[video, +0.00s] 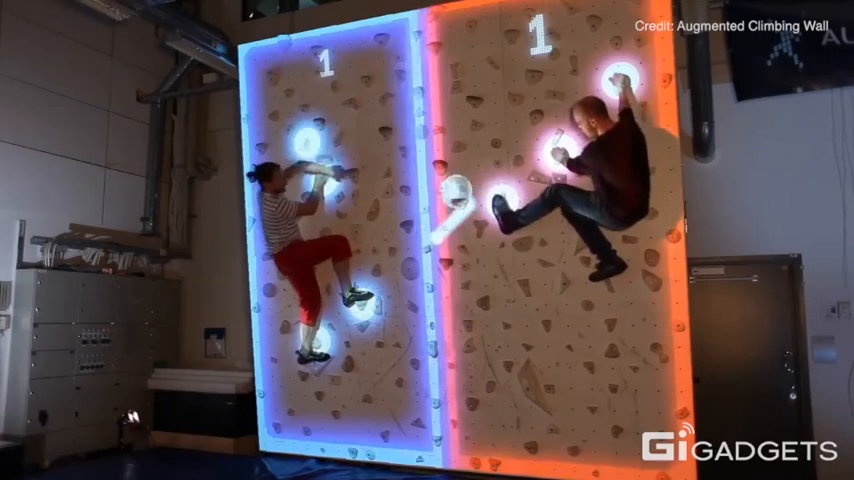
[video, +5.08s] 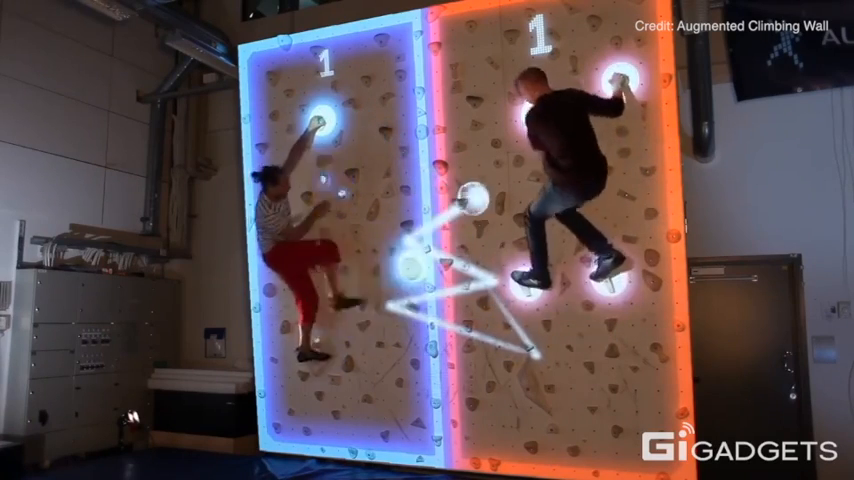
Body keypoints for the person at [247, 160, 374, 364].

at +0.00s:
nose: (284, 178)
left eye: (281, 175)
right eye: (280, 176)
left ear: (268, 183)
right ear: (269, 183)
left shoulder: (268, 194)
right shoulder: (278, 205)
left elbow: (298, 167)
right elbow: (311, 208)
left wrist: (330, 171)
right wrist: (320, 182)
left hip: (285, 256)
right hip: (293, 253)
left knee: (311, 301)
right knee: (338, 244)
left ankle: (306, 351)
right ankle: (348, 293)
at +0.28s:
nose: (299, 174)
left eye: (297, 171)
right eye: (295, 173)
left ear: (284, 180)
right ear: (284, 180)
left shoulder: (290, 188)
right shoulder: (286, 199)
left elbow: (323, 170)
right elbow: (315, 207)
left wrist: (359, 165)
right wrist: (319, 184)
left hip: (286, 249)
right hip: (292, 248)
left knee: (301, 299)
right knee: (337, 243)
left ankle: (304, 351)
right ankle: (348, 292)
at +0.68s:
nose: (306, 164)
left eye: (304, 162)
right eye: (302, 164)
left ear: (290, 171)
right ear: (294, 171)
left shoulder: (290, 183)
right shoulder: (293, 193)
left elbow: (318, 152)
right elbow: (322, 209)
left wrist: (342, 127)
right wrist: (321, 185)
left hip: (290, 246)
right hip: (300, 243)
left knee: (303, 296)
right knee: (345, 242)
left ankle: (305, 350)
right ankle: (348, 292)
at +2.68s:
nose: (283, 187)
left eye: (283, 183)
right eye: (279, 185)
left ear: (279, 181)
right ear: (269, 186)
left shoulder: (268, 195)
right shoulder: (279, 204)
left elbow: (290, 158)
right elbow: (311, 207)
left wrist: (308, 130)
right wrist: (320, 186)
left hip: (282, 254)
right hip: (291, 251)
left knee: (305, 300)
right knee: (333, 246)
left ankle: (305, 351)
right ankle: (346, 294)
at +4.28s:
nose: (302, 192)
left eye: (302, 189)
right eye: (298, 189)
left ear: (293, 186)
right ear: (287, 191)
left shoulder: (283, 195)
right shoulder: (290, 210)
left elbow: (298, 159)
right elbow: (315, 208)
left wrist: (310, 131)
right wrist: (321, 189)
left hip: (282, 256)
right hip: (285, 256)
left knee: (308, 302)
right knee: (329, 281)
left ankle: (306, 350)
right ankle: (354, 325)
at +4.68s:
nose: (296, 188)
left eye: (295, 185)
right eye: (293, 185)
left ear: (279, 187)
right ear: (281, 188)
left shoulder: (275, 198)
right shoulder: (283, 209)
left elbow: (293, 162)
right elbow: (311, 209)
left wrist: (310, 132)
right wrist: (320, 188)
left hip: (280, 256)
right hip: (286, 253)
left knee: (311, 296)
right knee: (332, 246)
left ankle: (306, 349)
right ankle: (352, 293)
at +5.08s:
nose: (288, 184)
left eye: (286, 180)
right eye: (284, 183)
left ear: (279, 182)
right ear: (273, 189)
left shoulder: (275, 189)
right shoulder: (268, 213)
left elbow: (294, 156)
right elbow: (294, 236)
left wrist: (310, 131)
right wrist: (315, 214)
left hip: (280, 252)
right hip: (280, 253)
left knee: (308, 296)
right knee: (328, 249)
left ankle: (304, 348)